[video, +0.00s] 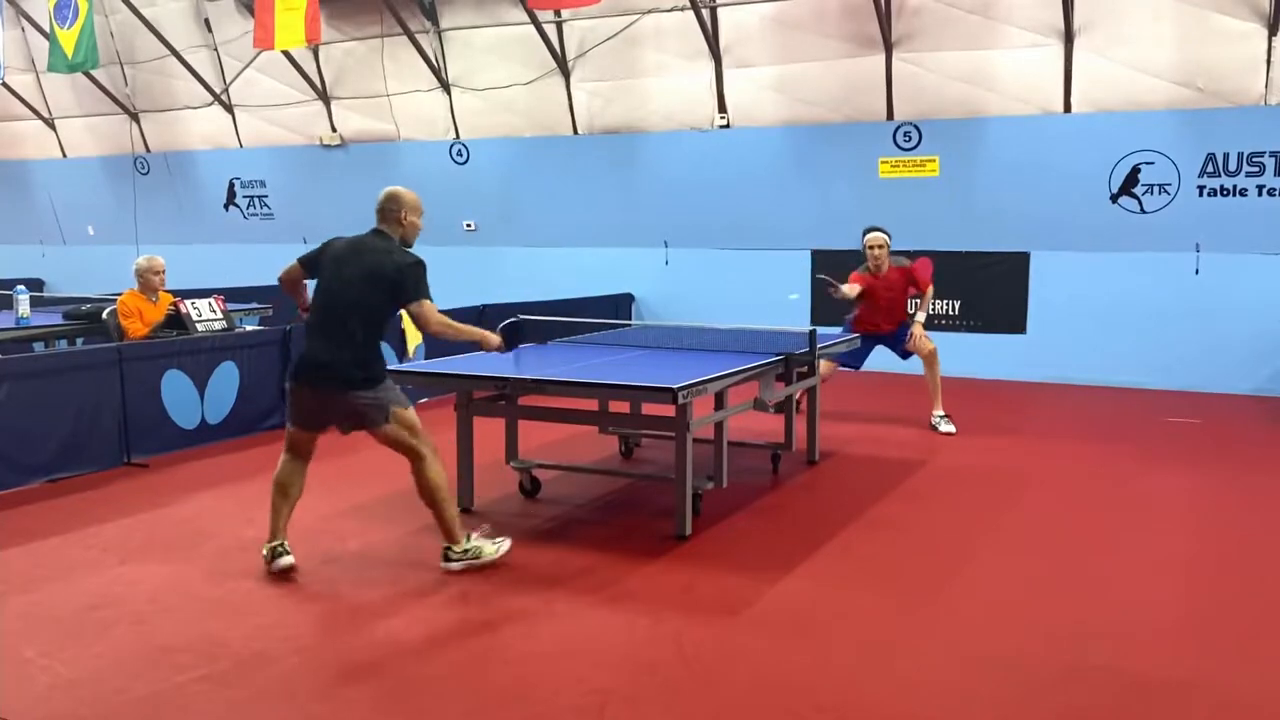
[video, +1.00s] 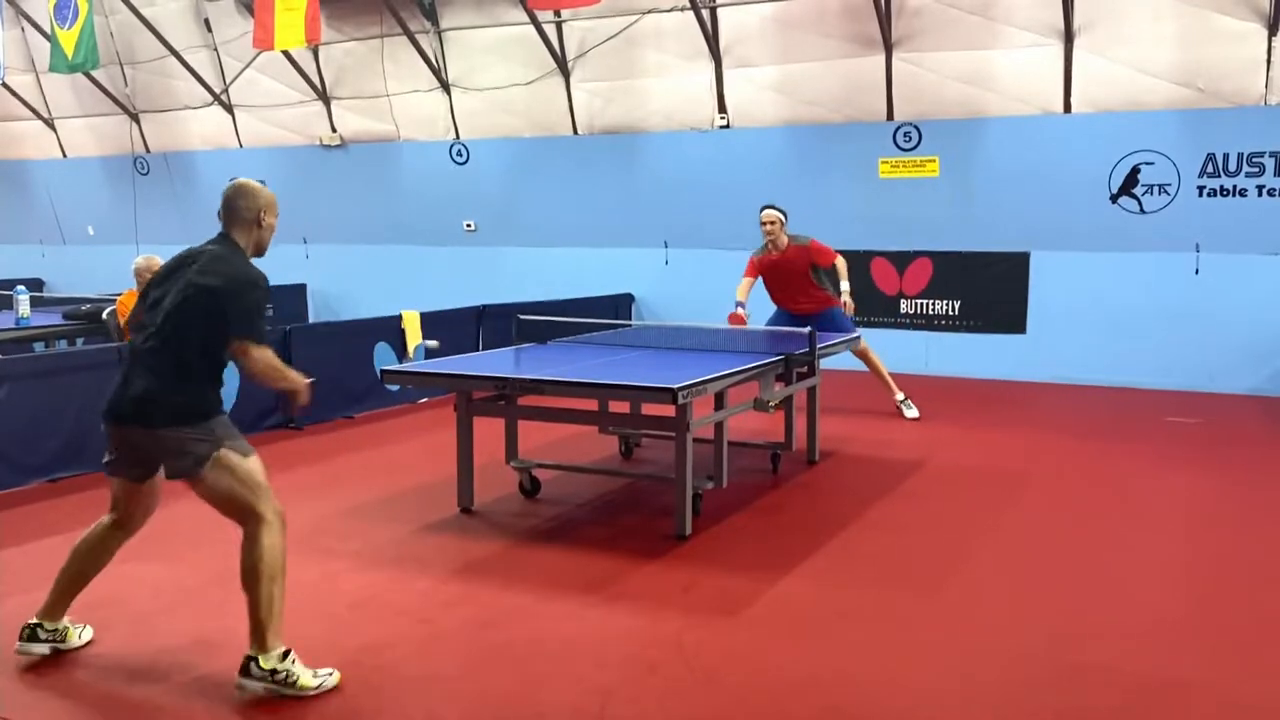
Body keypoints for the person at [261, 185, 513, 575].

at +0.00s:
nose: (421, 226)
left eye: (421, 219)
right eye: (419, 218)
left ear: (381, 217)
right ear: (403, 218)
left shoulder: (336, 247)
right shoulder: (405, 263)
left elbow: (288, 277)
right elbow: (430, 323)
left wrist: (303, 304)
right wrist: (481, 335)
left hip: (309, 370)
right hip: (360, 375)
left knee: (295, 453)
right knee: (422, 450)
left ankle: (276, 543)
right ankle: (459, 545)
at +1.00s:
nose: (275, 228)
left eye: (274, 219)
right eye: (274, 220)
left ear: (225, 219)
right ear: (260, 222)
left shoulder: (177, 264)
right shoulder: (244, 276)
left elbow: (137, 329)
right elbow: (248, 353)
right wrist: (293, 382)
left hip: (127, 412)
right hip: (185, 414)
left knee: (124, 517)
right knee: (264, 516)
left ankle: (45, 623)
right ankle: (267, 656)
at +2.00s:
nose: (67, 236)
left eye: (67, 224)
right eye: (63, 224)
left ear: (27, 225)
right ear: (36, 224)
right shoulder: (10, 289)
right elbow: (1, 385)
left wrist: (79, 428)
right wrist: (76, 426)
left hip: (0, 480)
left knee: (36, 581)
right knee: (42, 582)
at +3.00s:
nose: (435, 328)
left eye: (436, 319)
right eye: (434, 320)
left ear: (394, 306)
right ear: (417, 319)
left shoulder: (339, 311)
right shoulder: (396, 366)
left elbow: (271, 303)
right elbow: (434, 434)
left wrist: (206, 317)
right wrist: (494, 442)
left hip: (247, 401)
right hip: (243, 419)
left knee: (323, 476)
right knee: (187, 541)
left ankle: (306, 598)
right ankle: (86, 656)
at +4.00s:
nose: (400, 255)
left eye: (399, 247)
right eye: (398, 248)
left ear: (361, 246)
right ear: (385, 252)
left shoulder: (359, 284)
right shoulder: (327, 298)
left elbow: (356, 324)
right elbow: (267, 355)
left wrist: (392, 345)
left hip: (298, 400)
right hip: (286, 407)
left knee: (285, 473)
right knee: (354, 484)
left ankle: (237, 550)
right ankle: (366, 609)